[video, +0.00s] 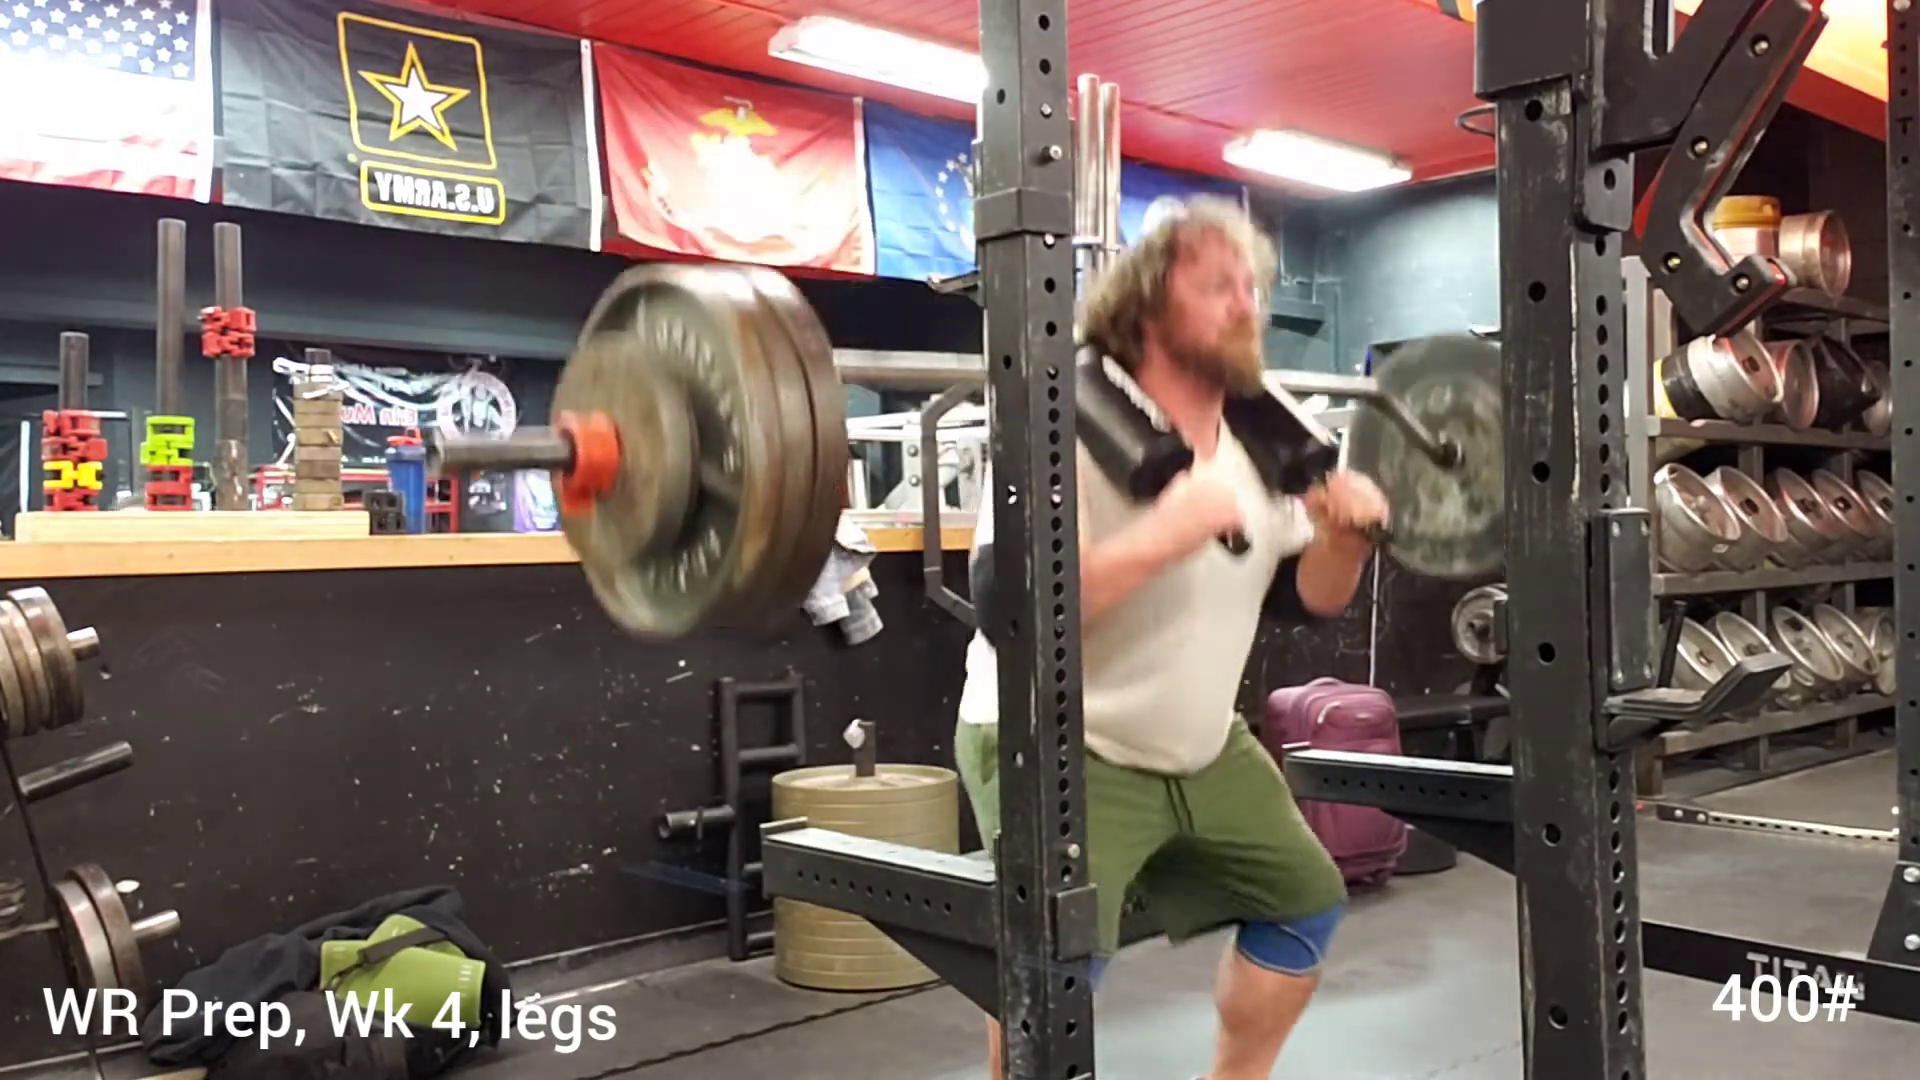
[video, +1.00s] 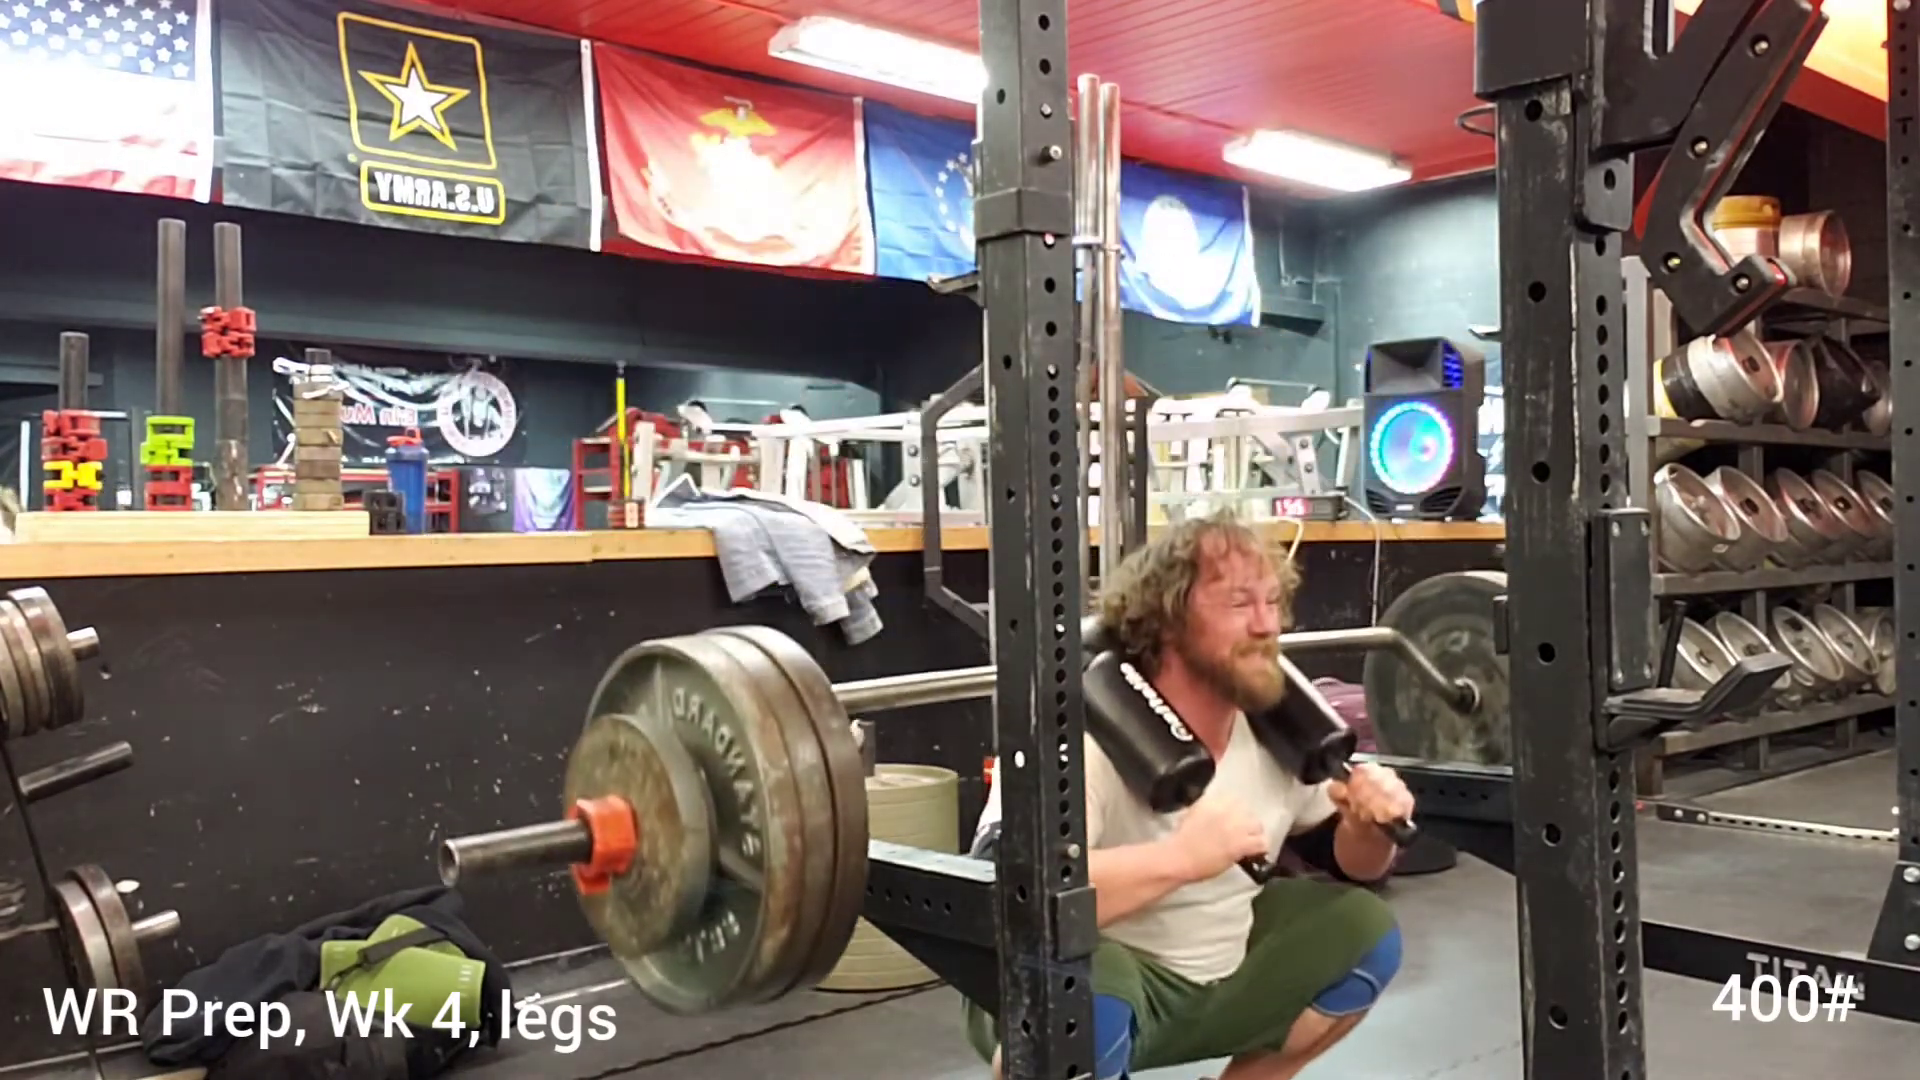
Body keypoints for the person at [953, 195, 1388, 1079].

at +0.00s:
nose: (1244, 303)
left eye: (1251, 285)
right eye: (1218, 284)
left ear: (1259, 301)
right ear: (1153, 302)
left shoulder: (1267, 424)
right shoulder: (1069, 416)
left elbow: (1321, 596)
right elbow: (1028, 601)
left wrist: (1345, 530)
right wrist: (1163, 534)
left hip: (1204, 740)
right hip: (1066, 744)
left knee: (1303, 901)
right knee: (1057, 965)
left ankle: (1237, 1074)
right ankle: (1016, 1072)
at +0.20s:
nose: (1255, 392)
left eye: (1259, 372)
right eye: (1229, 373)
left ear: (1268, 379)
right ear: (1161, 393)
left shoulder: (1266, 498)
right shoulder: (1072, 499)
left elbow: (1325, 674)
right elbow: (1019, 688)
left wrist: (1351, 612)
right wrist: (1165, 627)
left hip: (1192, 779)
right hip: (1051, 786)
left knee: (1317, 906)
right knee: (1072, 962)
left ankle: (1239, 1074)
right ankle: (1018, 1068)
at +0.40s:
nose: (1263, 472)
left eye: (1270, 452)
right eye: (1237, 452)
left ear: (1281, 458)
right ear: (1170, 460)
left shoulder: (1272, 569)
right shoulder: (1075, 570)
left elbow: (1331, 745)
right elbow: (1033, 772)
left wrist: (1356, 685)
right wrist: (1175, 712)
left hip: (1196, 829)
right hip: (1057, 836)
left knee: (1337, 913)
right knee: (1079, 965)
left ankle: (1243, 1074)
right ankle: (1023, 1069)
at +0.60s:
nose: (1267, 552)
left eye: (1275, 531)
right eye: (1241, 532)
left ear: (1288, 532)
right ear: (1171, 543)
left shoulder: (1276, 638)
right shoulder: (1084, 651)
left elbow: (1339, 808)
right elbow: (1030, 836)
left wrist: (1367, 755)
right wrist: (1173, 791)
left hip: (1222, 886)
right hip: (1094, 900)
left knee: (1359, 925)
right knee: (1078, 1000)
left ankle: (1245, 1075)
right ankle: (1020, 1066)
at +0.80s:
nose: (1265, 602)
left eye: (1271, 579)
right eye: (1238, 582)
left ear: (1281, 580)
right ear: (1169, 595)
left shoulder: (1274, 684)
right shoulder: (1086, 697)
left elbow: (1353, 848)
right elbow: (1020, 871)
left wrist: (1368, 800)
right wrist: (1177, 834)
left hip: (1231, 945)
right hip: (1111, 955)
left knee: (1364, 930)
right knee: (1079, 986)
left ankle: (1247, 1074)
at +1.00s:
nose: (1267, 626)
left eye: (1271, 601)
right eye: (1238, 602)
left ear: (1283, 605)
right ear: (1168, 620)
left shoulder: (1274, 705)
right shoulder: (1089, 730)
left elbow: (1356, 865)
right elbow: (1014, 895)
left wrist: (1371, 823)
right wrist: (1177, 856)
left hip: (1233, 961)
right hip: (1113, 970)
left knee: (1366, 932)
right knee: (1088, 998)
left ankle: (1245, 1074)